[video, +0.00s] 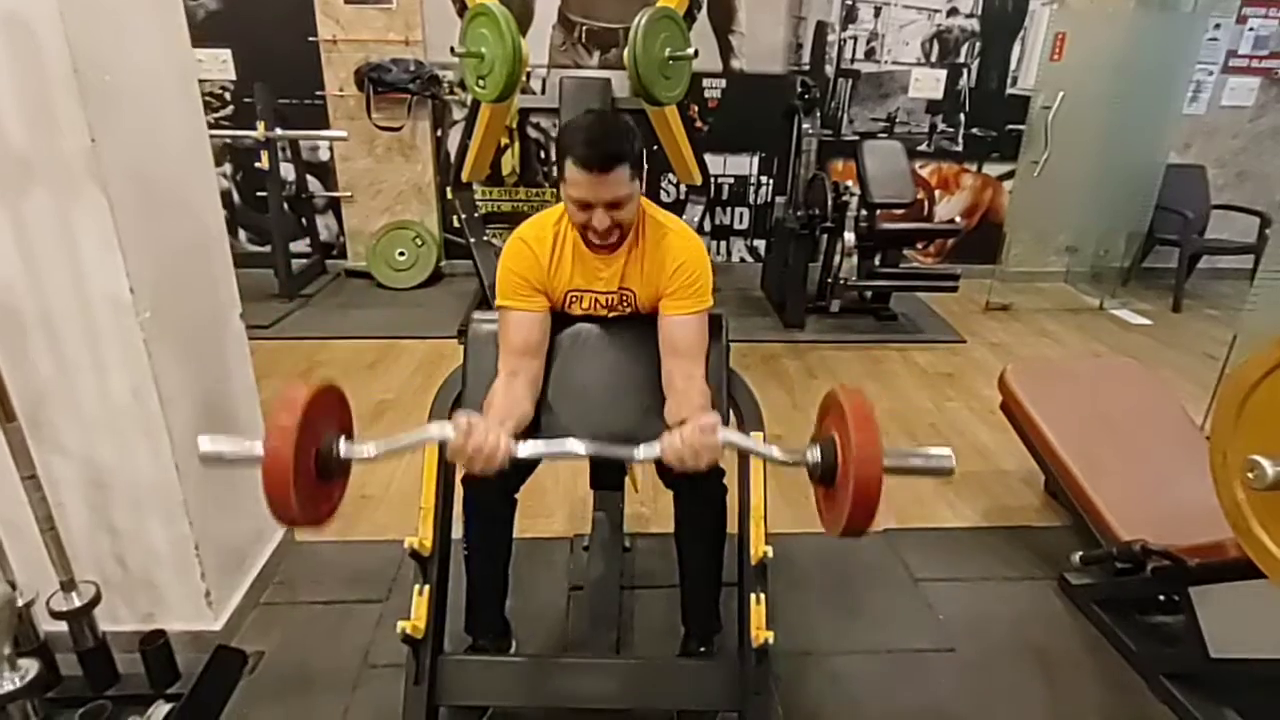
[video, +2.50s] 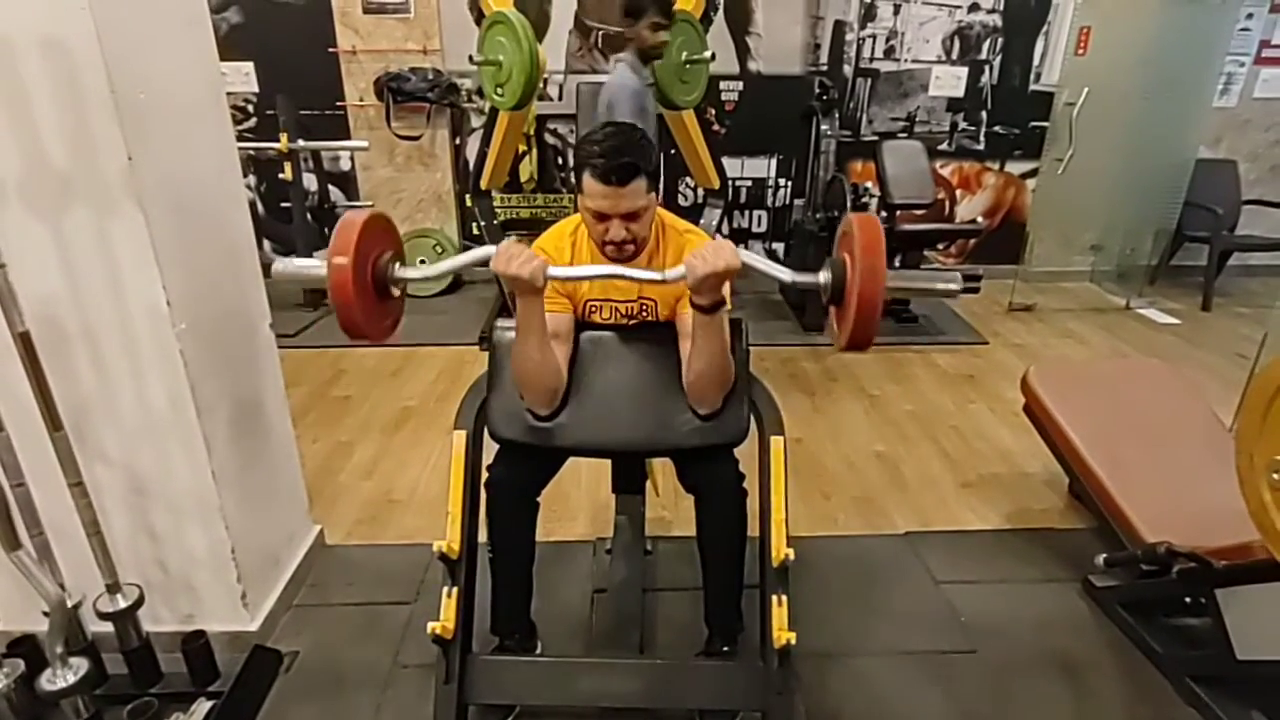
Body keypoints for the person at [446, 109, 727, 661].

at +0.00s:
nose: (600, 222)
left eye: (617, 204)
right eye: (583, 206)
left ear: (640, 184)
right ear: (562, 186)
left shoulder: (680, 251)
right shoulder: (530, 247)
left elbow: (686, 375)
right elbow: (516, 369)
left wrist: (693, 432)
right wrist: (494, 428)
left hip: (648, 391)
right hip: (556, 390)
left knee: (701, 469)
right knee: (486, 468)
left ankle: (701, 640)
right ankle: (486, 639)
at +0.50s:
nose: (603, 231)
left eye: (620, 217)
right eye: (587, 217)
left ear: (643, 190)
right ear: (566, 191)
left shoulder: (681, 246)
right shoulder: (533, 245)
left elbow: (690, 377)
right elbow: (518, 378)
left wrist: (695, 483)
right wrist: (505, 497)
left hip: (655, 375)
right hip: (556, 375)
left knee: (708, 486)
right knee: (483, 480)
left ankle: (706, 639)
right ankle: (491, 638)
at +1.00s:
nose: (616, 182)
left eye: (633, 165)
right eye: (599, 165)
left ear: (657, 167)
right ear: (578, 167)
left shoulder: (691, 241)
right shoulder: (546, 241)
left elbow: (705, 380)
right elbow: (530, 376)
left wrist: (704, 498)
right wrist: (519, 500)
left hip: (666, 356)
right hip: (570, 358)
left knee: (717, 474)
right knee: (498, 465)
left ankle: (717, 638)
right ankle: (505, 626)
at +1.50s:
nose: (620, 178)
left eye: (636, 162)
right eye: (602, 163)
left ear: (661, 167)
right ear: (581, 168)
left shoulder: (696, 241)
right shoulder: (553, 242)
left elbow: (710, 372)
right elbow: (536, 372)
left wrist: (711, 468)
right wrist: (518, 472)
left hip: (674, 367)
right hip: (577, 367)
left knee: (720, 477)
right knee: (508, 469)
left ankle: (723, 637)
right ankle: (511, 630)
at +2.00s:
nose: (617, 212)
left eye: (631, 194)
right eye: (600, 196)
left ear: (656, 183)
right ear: (577, 187)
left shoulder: (696, 249)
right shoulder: (551, 251)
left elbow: (710, 357)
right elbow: (544, 366)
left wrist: (712, 381)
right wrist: (516, 389)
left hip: (671, 392)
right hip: (579, 393)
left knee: (720, 475)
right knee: (508, 478)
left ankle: (725, 636)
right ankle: (514, 636)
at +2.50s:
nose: (617, 232)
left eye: (633, 216)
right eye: (600, 217)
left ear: (655, 197)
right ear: (580, 201)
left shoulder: (689, 248)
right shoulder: (555, 249)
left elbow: (708, 400)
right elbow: (542, 403)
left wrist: (710, 304)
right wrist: (526, 303)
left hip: (667, 380)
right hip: (576, 379)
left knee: (720, 479)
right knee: (507, 482)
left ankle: (723, 640)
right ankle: (513, 640)